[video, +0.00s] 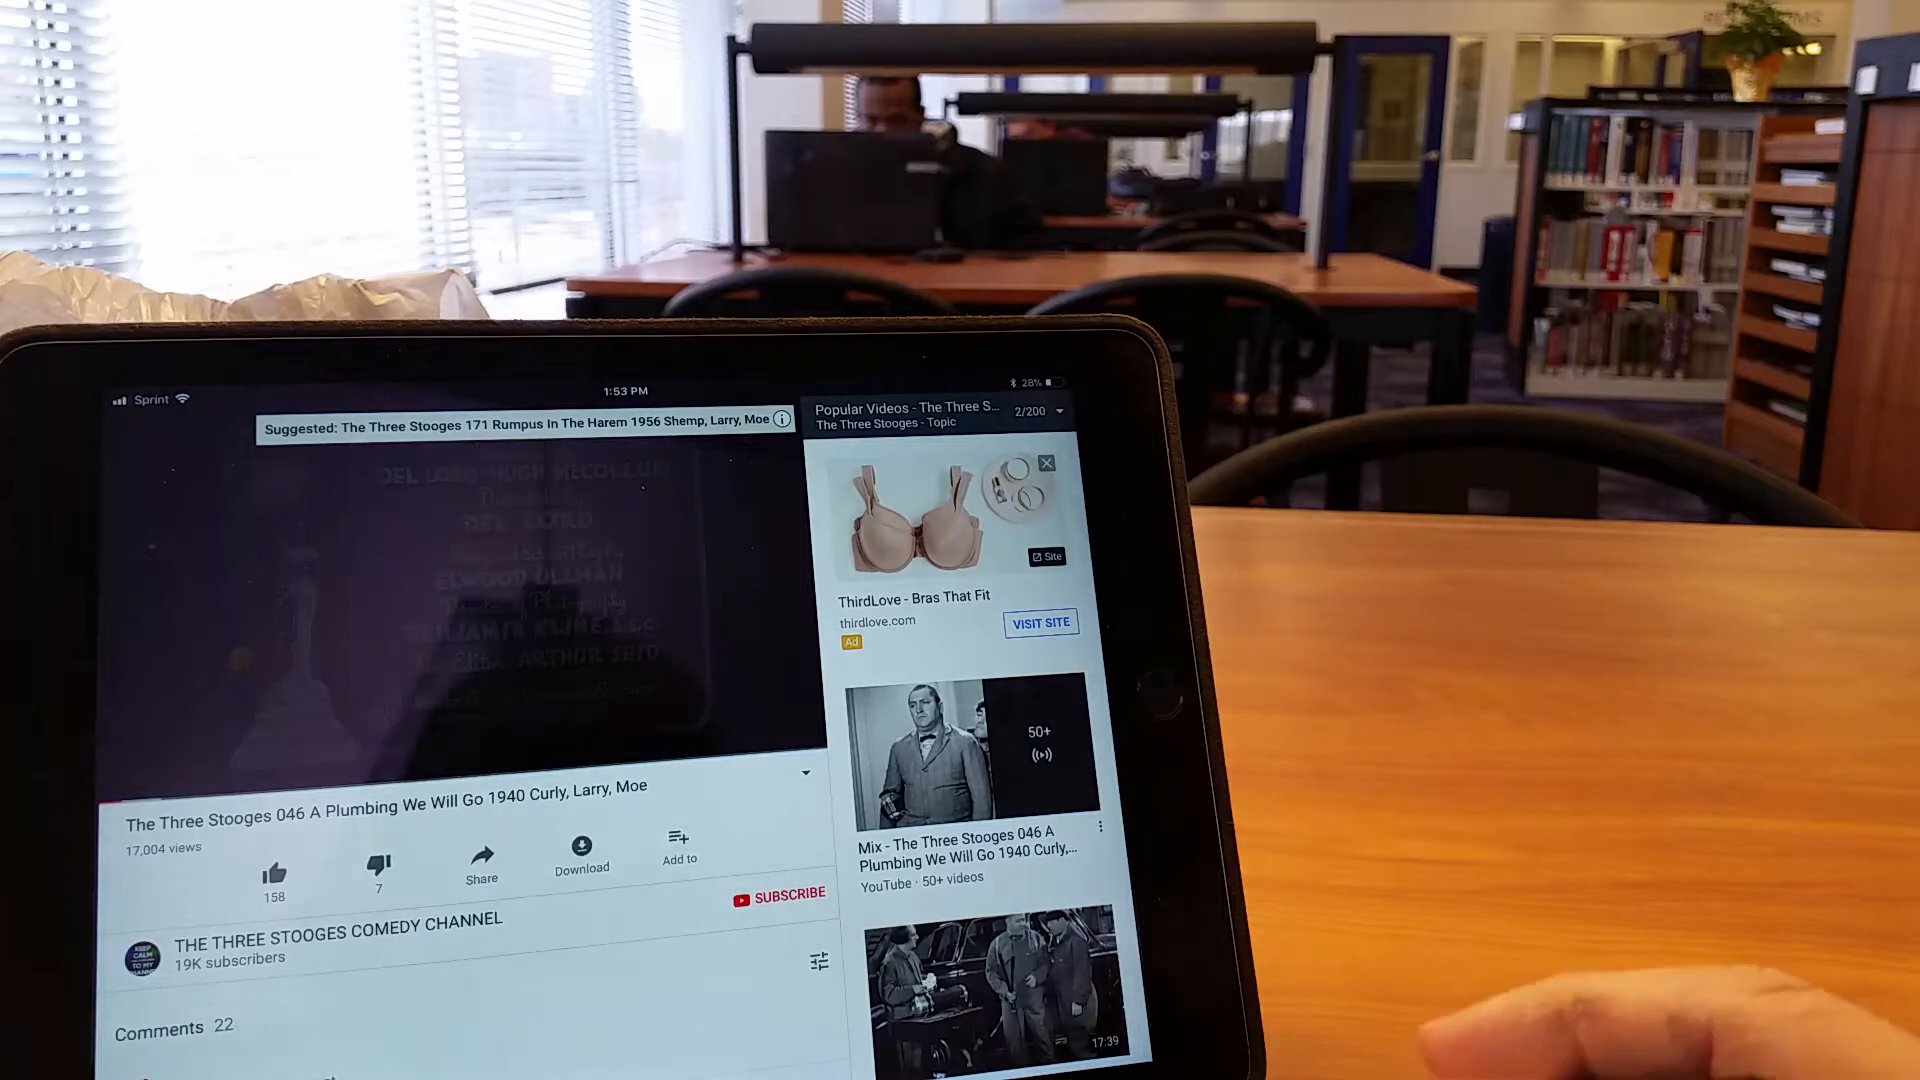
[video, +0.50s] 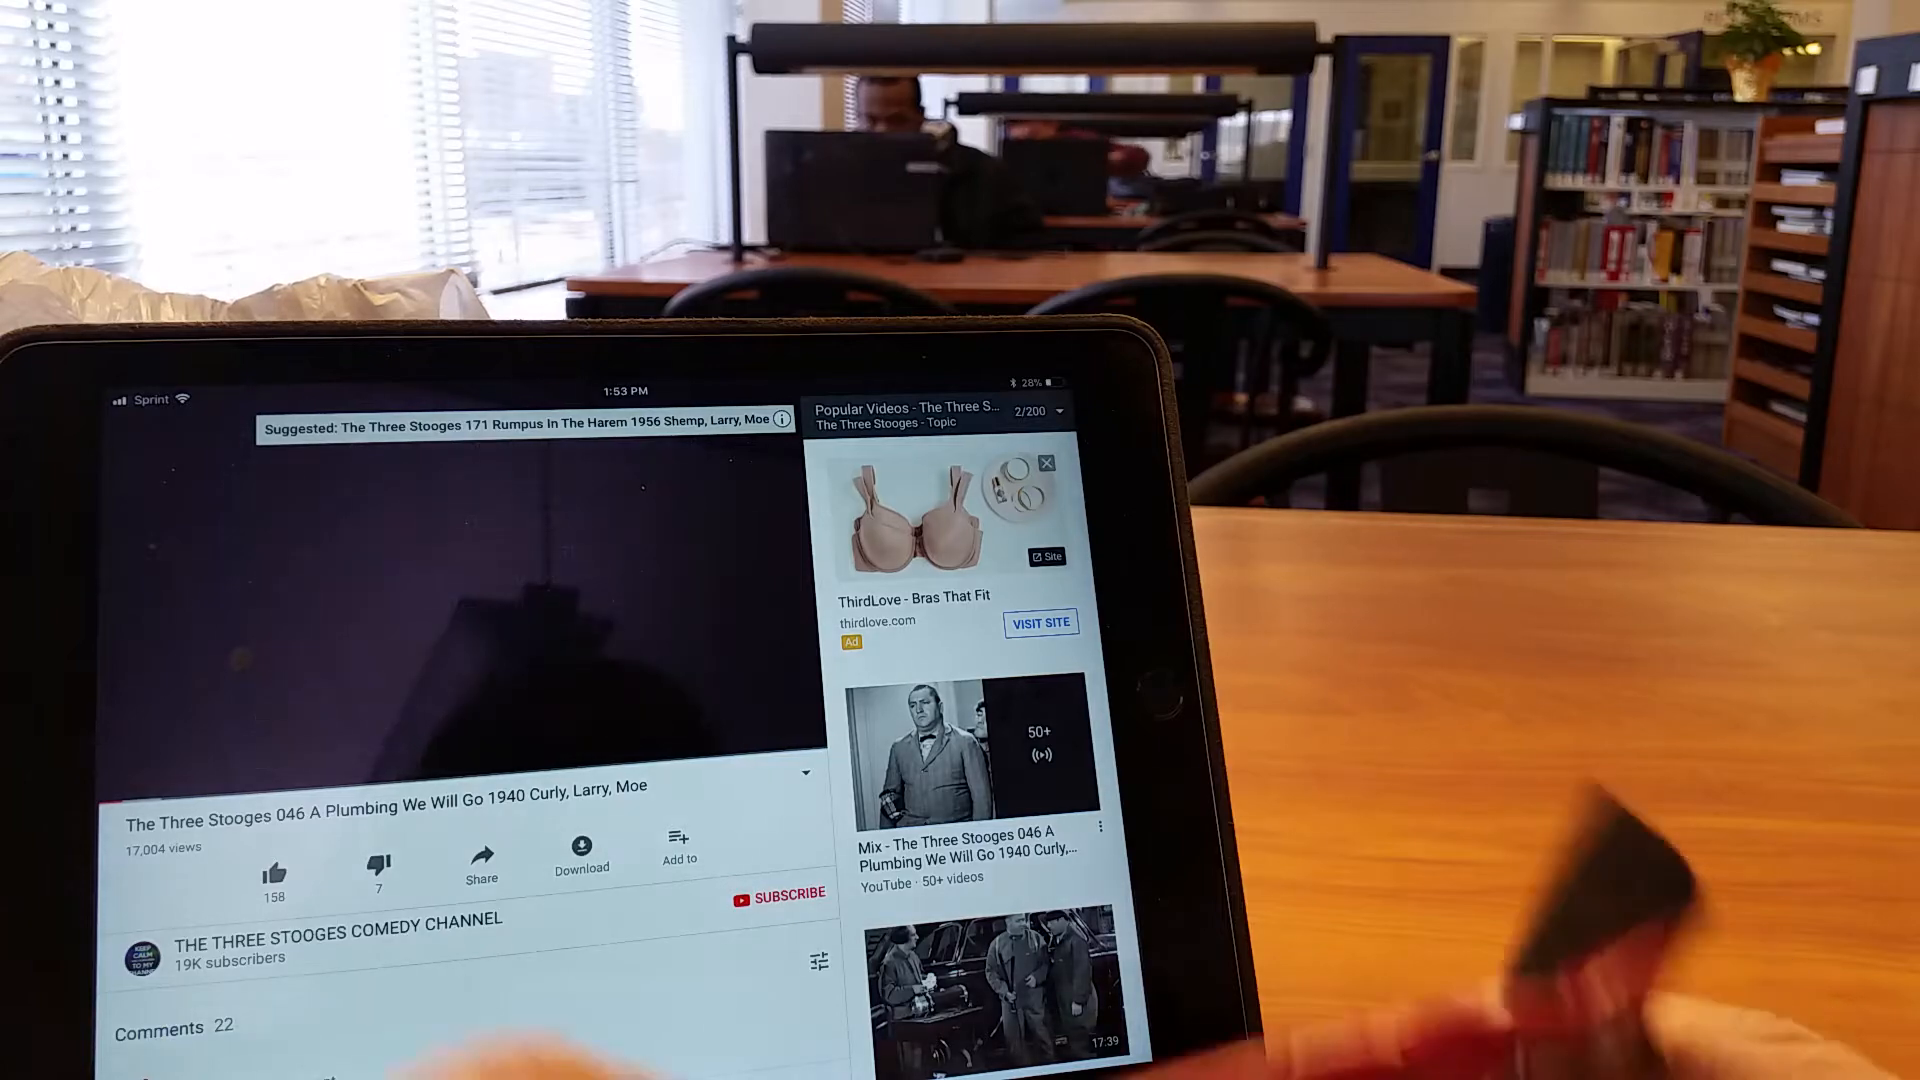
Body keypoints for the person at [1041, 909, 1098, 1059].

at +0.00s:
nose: (1049, 927)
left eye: (1052, 923)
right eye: (1048, 924)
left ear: (1063, 921)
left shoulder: (1076, 941)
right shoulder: (1055, 942)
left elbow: (1082, 972)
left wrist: (1078, 1000)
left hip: (1076, 998)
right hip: (1063, 998)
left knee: (1081, 1043)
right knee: (1072, 1041)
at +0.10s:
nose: (1049, 927)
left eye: (1052, 923)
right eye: (1048, 924)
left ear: (1063, 921)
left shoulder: (1076, 941)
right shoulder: (1055, 942)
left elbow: (1082, 972)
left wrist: (1078, 1000)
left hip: (1076, 998)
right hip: (1062, 998)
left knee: (1081, 1043)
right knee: (1072, 1041)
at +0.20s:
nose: (1049, 927)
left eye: (1052, 923)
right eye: (1048, 924)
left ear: (1063, 921)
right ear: (1049, 925)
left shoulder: (1076, 941)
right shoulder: (1055, 942)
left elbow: (1082, 972)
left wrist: (1078, 1000)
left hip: (1077, 1000)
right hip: (1063, 1000)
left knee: (1081, 1044)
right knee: (1073, 1043)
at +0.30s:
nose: (1049, 927)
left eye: (1052, 923)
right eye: (1048, 924)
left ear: (1063, 921)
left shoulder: (1076, 941)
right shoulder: (1055, 942)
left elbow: (1082, 972)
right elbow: (1055, 972)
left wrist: (1078, 1000)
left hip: (1077, 1000)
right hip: (1063, 1000)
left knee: (1081, 1044)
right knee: (1073, 1043)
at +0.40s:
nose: (1049, 927)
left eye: (1052, 923)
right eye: (1048, 924)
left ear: (1063, 921)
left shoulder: (1076, 940)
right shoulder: (1056, 942)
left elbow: (1082, 972)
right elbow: (1055, 972)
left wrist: (1078, 1000)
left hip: (1076, 998)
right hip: (1063, 998)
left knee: (1081, 1043)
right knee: (1073, 1041)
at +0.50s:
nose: (1049, 927)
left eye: (1052, 923)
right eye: (1048, 924)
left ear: (1063, 921)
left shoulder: (1076, 941)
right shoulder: (1058, 942)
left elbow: (1082, 972)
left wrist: (1078, 1000)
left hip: (1076, 999)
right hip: (1064, 999)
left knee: (1080, 1044)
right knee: (1072, 1041)